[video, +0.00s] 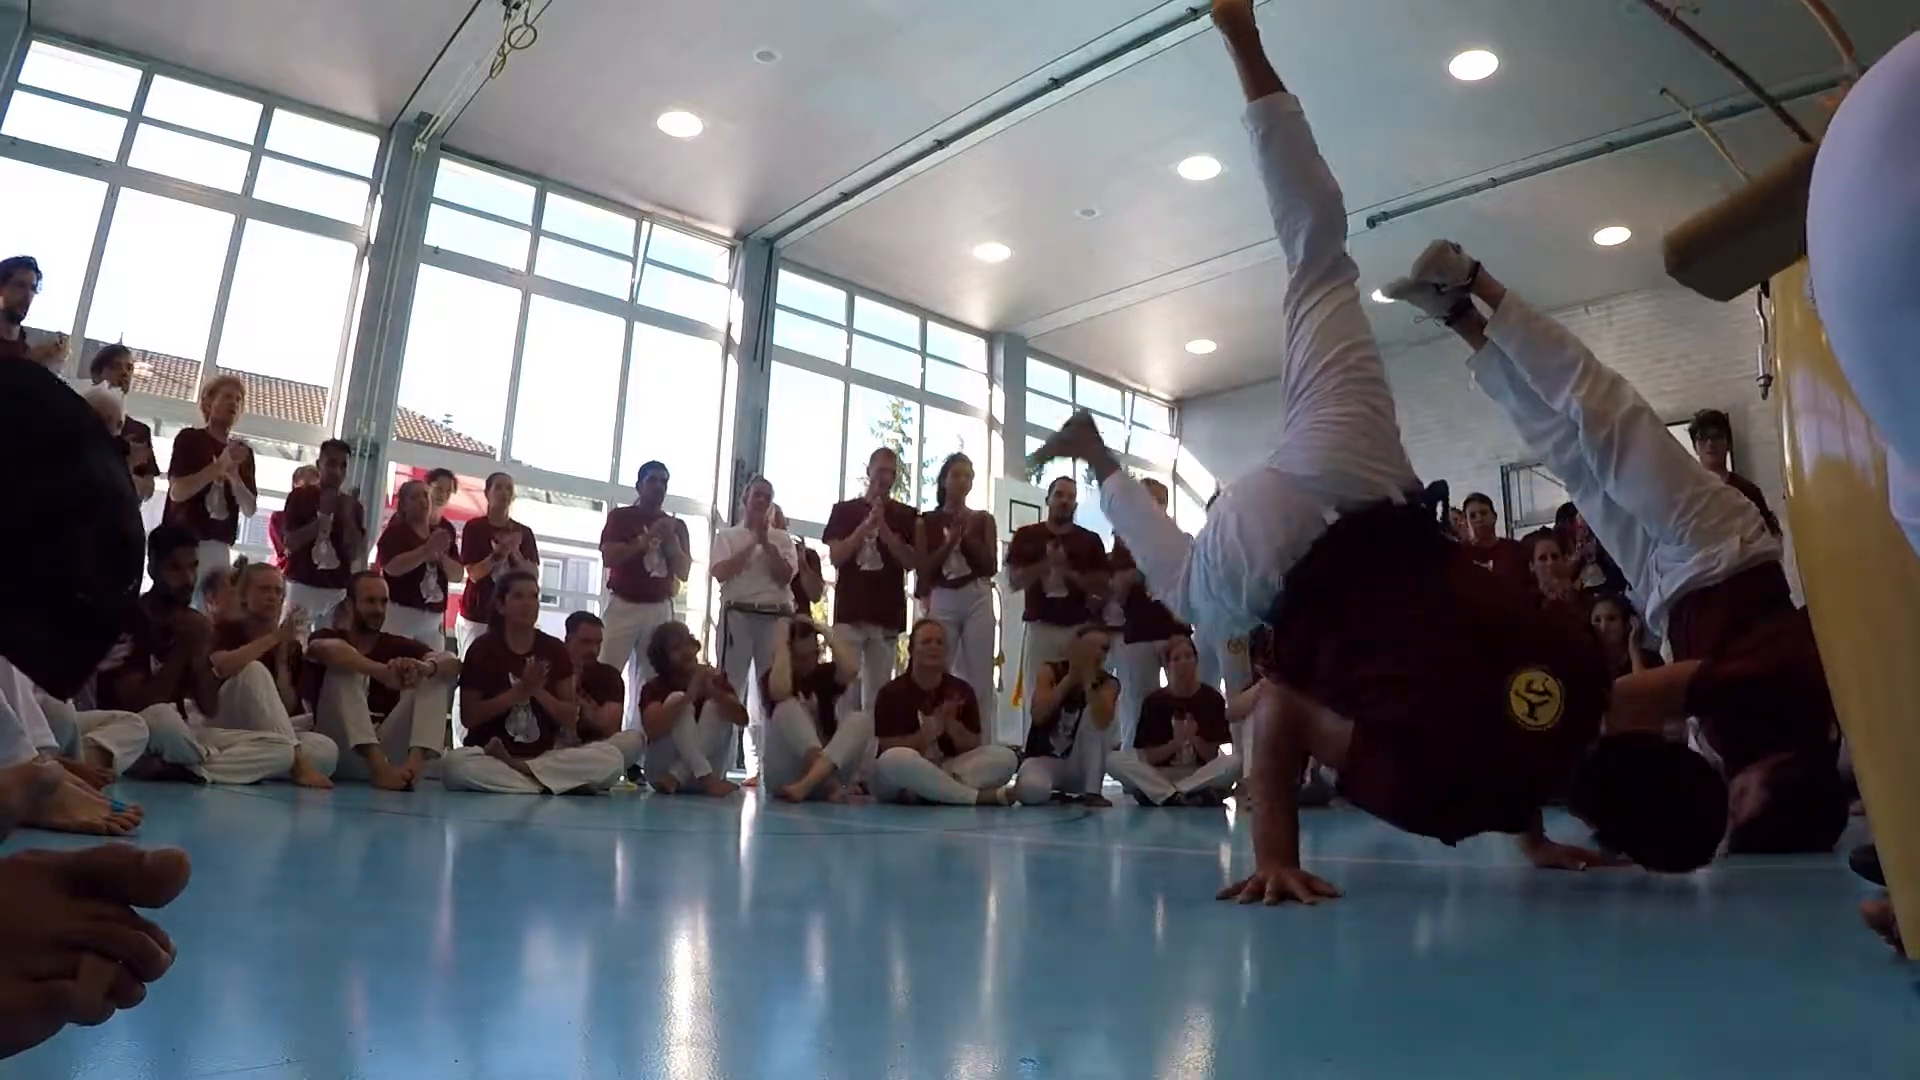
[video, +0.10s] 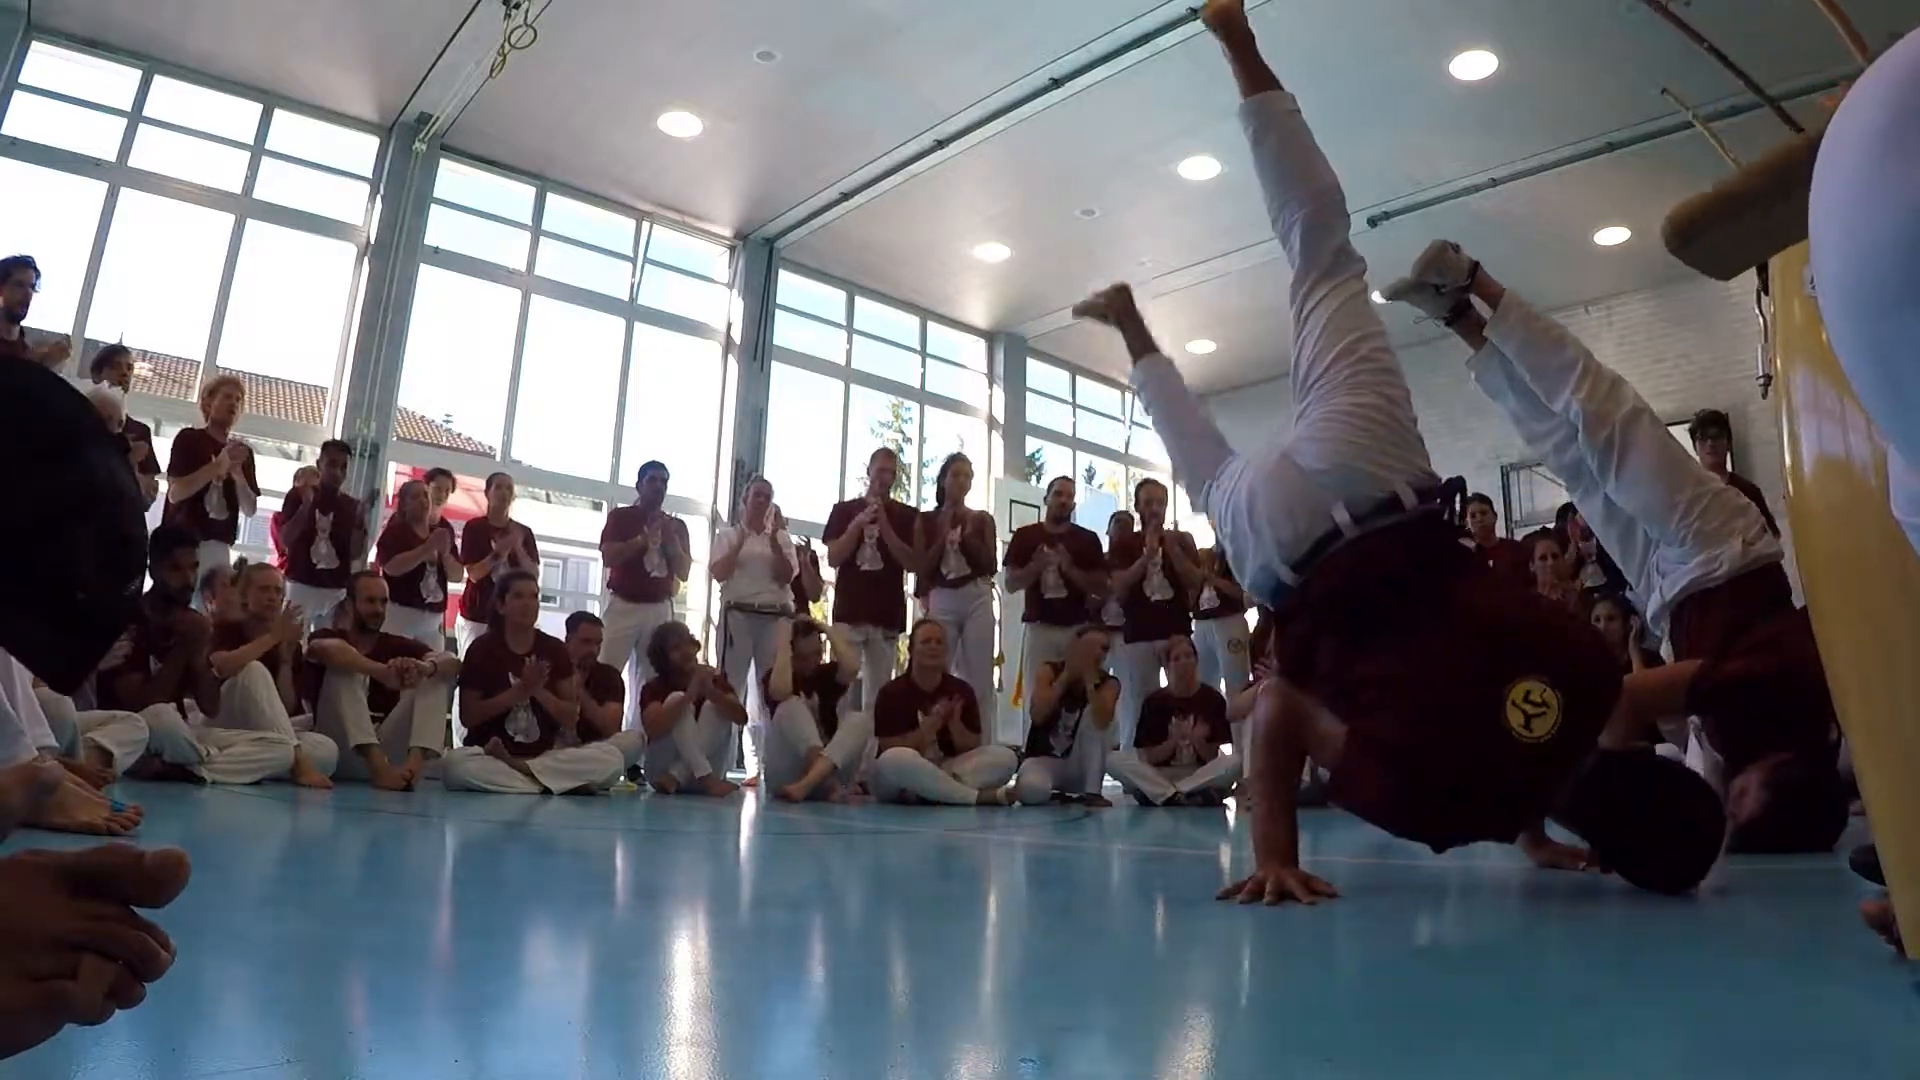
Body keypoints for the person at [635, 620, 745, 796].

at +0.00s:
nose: (687, 651)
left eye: (689, 643)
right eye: (676, 648)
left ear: (695, 646)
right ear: (663, 657)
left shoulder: (715, 679)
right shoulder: (653, 688)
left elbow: (742, 719)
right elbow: (652, 729)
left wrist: (713, 691)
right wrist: (689, 696)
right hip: (664, 772)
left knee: (716, 705)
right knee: (676, 700)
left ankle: (677, 776)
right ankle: (706, 776)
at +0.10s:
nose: (687, 651)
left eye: (689, 643)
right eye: (677, 648)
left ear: (695, 646)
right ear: (663, 656)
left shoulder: (715, 679)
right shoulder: (653, 687)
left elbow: (742, 717)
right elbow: (653, 728)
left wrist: (711, 692)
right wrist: (690, 695)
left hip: (708, 770)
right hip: (664, 772)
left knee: (719, 704)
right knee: (676, 700)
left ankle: (675, 776)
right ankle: (706, 776)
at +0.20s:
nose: (685, 652)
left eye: (687, 645)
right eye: (676, 648)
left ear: (694, 647)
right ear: (663, 656)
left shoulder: (713, 678)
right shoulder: (653, 688)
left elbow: (742, 719)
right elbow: (652, 730)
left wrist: (715, 690)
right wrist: (682, 694)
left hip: (709, 770)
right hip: (664, 772)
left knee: (718, 705)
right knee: (677, 702)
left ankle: (676, 775)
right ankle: (707, 776)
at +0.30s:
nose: (686, 653)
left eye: (688, 646)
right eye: (677, 650)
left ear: (695, 647)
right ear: (663, 657)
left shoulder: (716, 681)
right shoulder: (653, 688)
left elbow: (741, 716)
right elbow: (653, 729)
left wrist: (710, 692)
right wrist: (690, 696)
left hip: (709, 770)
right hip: (664, 771)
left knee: (719, 704)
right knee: (676, 701)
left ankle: (676, 775)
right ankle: (707, 776)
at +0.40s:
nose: (687, 653)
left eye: (689, 646)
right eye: (677, 650)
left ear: (697, 648)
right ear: (663, 657)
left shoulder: (715, 681)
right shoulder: (653, 688)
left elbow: (742, 716)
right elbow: (653, 729)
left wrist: (710, 692)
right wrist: (691, 695)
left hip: (709, 770)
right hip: (664, 771)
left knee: (719, 704)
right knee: (676, 701)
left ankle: (676, 775)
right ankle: (707, 776)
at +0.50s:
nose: (688, 654)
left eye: (690, 647)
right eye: (679, 651)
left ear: (698, 648)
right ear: (665, 658)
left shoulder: (716, 681)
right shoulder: (654, 688)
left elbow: (742, 718)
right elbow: (653, 729)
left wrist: (710, 692)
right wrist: (689, 696)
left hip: (709, 770)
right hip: (664, 772)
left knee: (719, 705)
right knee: (676, 701)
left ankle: (676, 775)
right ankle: (707, 776)